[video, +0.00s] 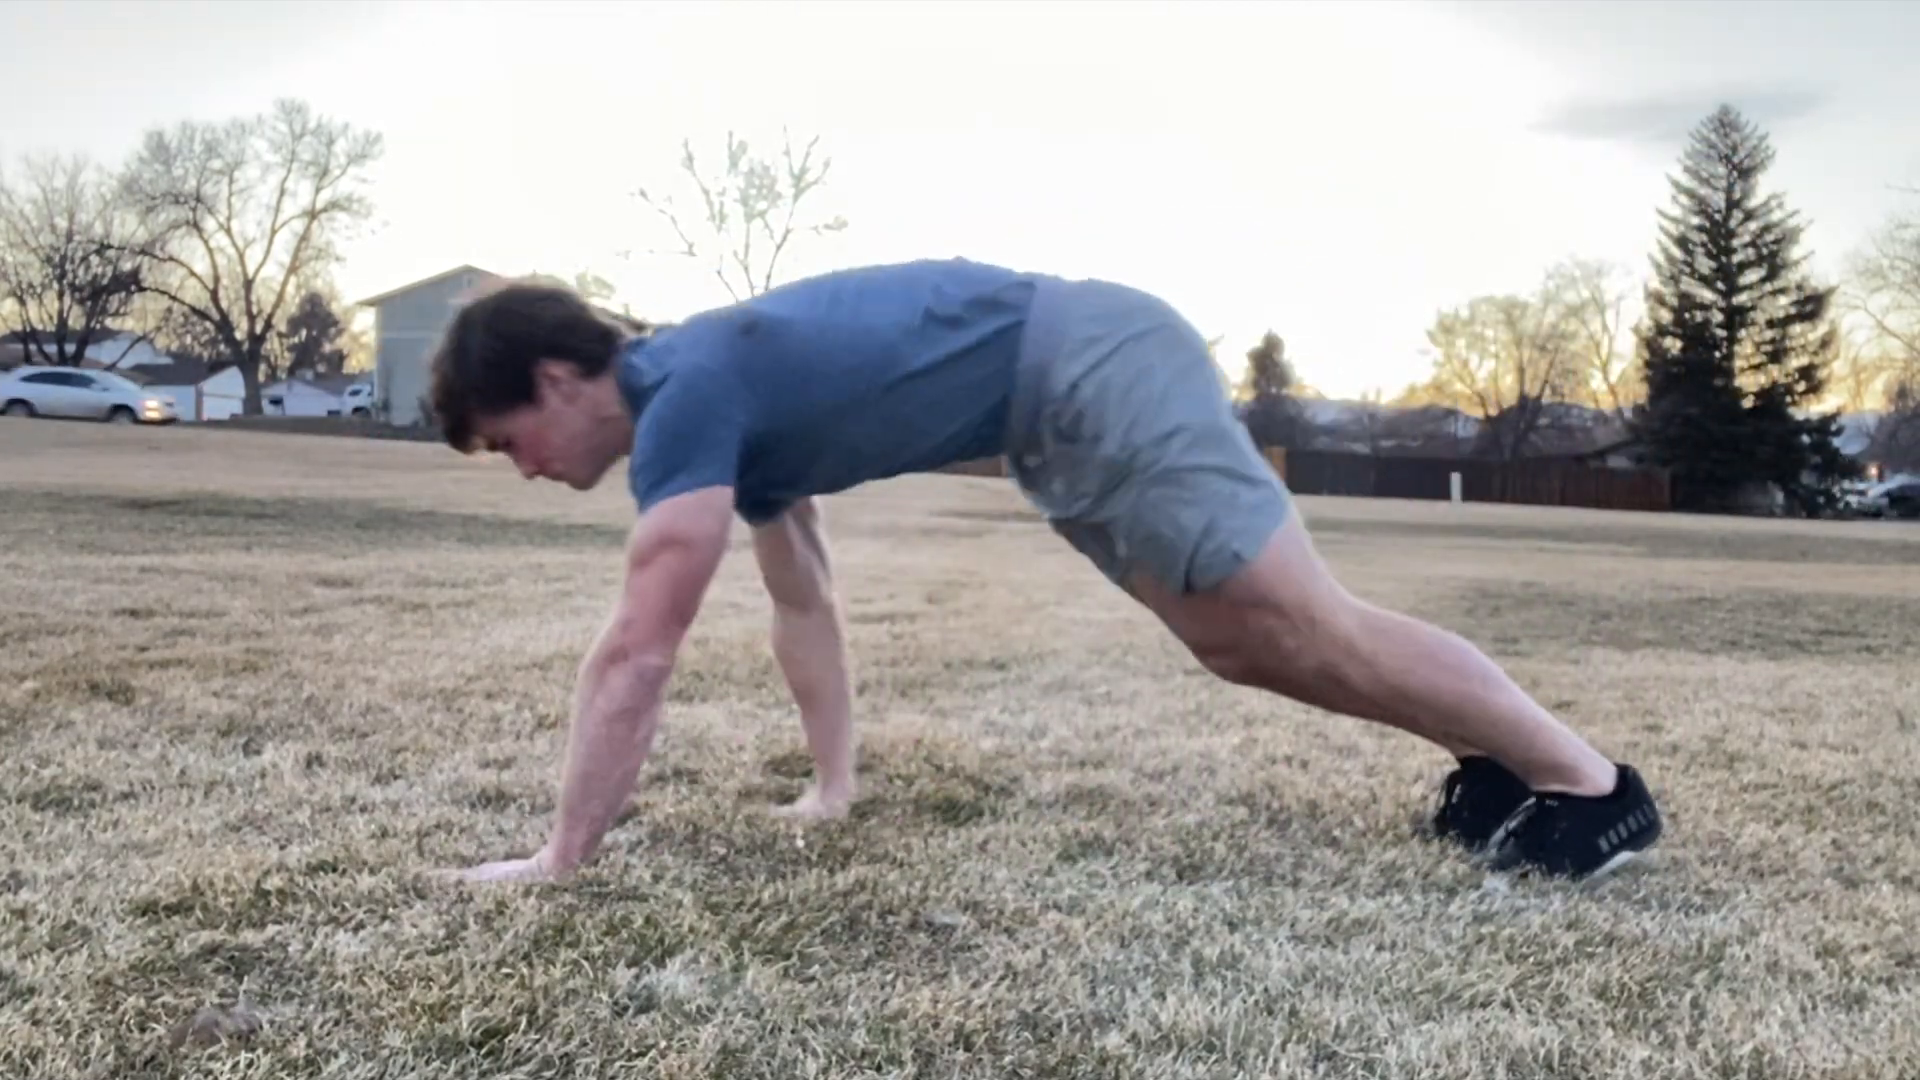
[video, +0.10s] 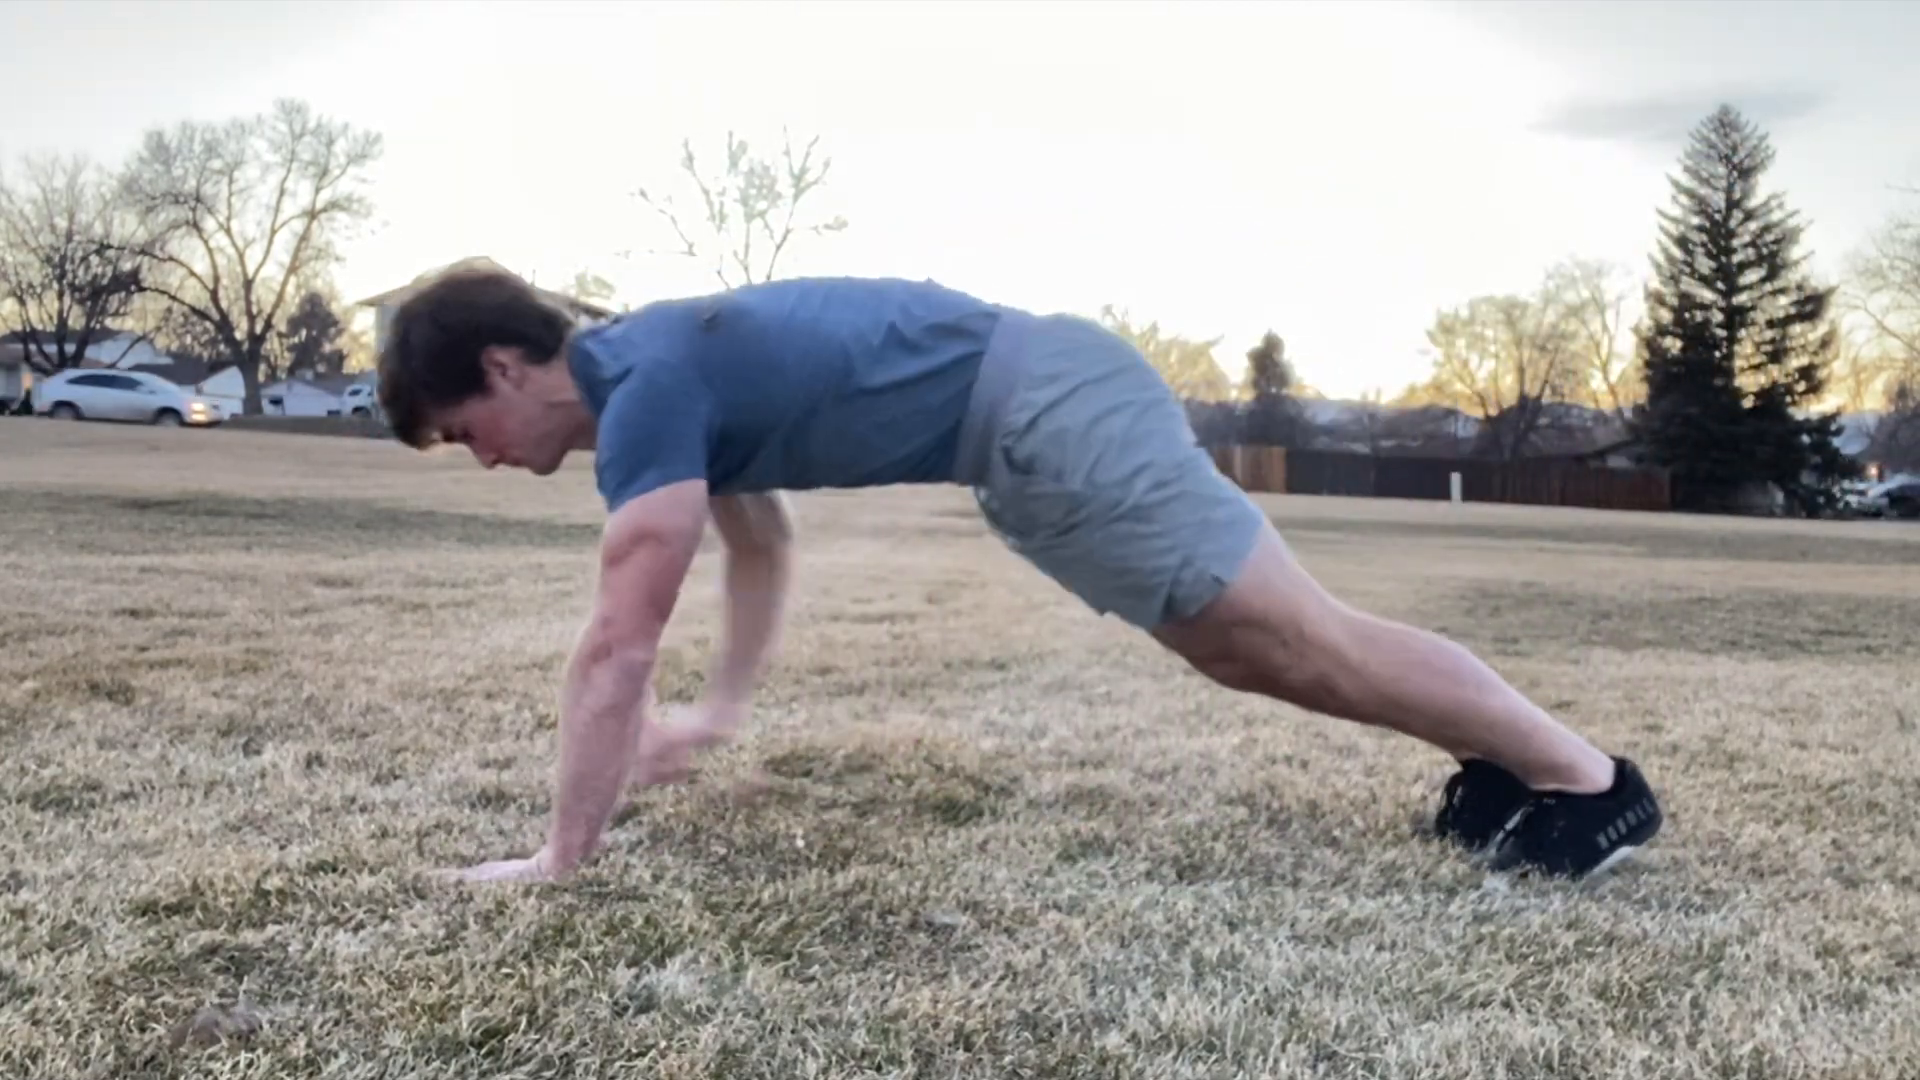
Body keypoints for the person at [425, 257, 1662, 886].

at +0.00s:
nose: (524, 469)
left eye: (511, 440)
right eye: (504, 453)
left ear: (560, 381)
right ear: (565, 390)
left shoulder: (698, 380)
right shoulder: (707, 405)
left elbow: (635, 653)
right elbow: (801, 594)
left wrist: (563, 861)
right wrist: (833, 784)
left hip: (1087, 359)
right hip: (1045, 410)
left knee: (1300, 626)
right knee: (1243, 644)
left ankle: (1598, 787)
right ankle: (1510, 749)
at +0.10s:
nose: (482, 463)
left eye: (466, 434)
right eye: (461, 448)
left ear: (508, 369)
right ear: (522, 366)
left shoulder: (653, 370)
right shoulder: (663, 374)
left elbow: (615, 644)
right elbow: (759, 545)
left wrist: (558, 860)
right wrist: (714, 706)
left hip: (1044, 398)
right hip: (1017, 428)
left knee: (1296, 637)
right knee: (1246, 653)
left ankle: (1594, 783)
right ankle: (1515, 749)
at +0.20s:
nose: (474, 464)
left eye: (453, 435)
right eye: (452, 451)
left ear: (486, 367)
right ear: (499, 366)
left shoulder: (635, 362)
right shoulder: (638, 378)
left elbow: (619, 626)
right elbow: (653, 623)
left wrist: (558, 854)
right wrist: (593, 791)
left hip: (1022, 431)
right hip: (1010, 448)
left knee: (1289, 651)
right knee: (1261, 656)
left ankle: (1589, 782)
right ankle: (1523, 754)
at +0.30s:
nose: (463, 479)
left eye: (444, 451)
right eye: (442, 465)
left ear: (478, 385)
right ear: (486, 388)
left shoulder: (634, 370)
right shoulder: (623, 395)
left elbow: (626, 633)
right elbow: (640, 641)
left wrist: (562, 852)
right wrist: (583, 822)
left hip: (1013, 453)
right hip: (991, 483)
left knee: (1285, 655)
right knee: (1229, 685)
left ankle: (1590, 784)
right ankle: (1508, 754)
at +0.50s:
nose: (483, 493)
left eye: (462, 470)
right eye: (460, 484)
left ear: (491, 400)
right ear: (499, 394)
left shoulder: (627, 378)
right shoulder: (625, 390)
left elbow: (617, 637)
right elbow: (643, 640)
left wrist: (560, 853)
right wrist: (589, 823)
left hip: (1010, 389)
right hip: (1018, 388)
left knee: (1136, 707)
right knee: (1214, 636)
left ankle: (1456, 718)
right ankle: (1466, 713)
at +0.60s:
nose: (492, 497)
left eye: (472, 475)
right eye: (469, 488)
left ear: (503, 401)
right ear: (508, 403)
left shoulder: (638, 372)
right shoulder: (627, 394)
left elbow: (617, 633)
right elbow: (641, 633)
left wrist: (562, 851)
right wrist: (588, 805)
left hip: (1008, 344)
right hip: (1007, 380)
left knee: (939, 590)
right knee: (1234, 614)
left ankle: (1249, 709)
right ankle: (1489, 737)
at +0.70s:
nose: (501, 493)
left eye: (480, 470)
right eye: (478, 485)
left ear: (508, 397)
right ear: (512, 400)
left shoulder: (639, 361)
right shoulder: (632, 394)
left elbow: (618, 634)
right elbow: (637, 634)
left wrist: (563, 853)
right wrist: (577, 806)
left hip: (1014, 359)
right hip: (996, 432)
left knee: (784, 424)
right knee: (1225, 618)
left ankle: (931, 750)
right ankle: (1490, 735)